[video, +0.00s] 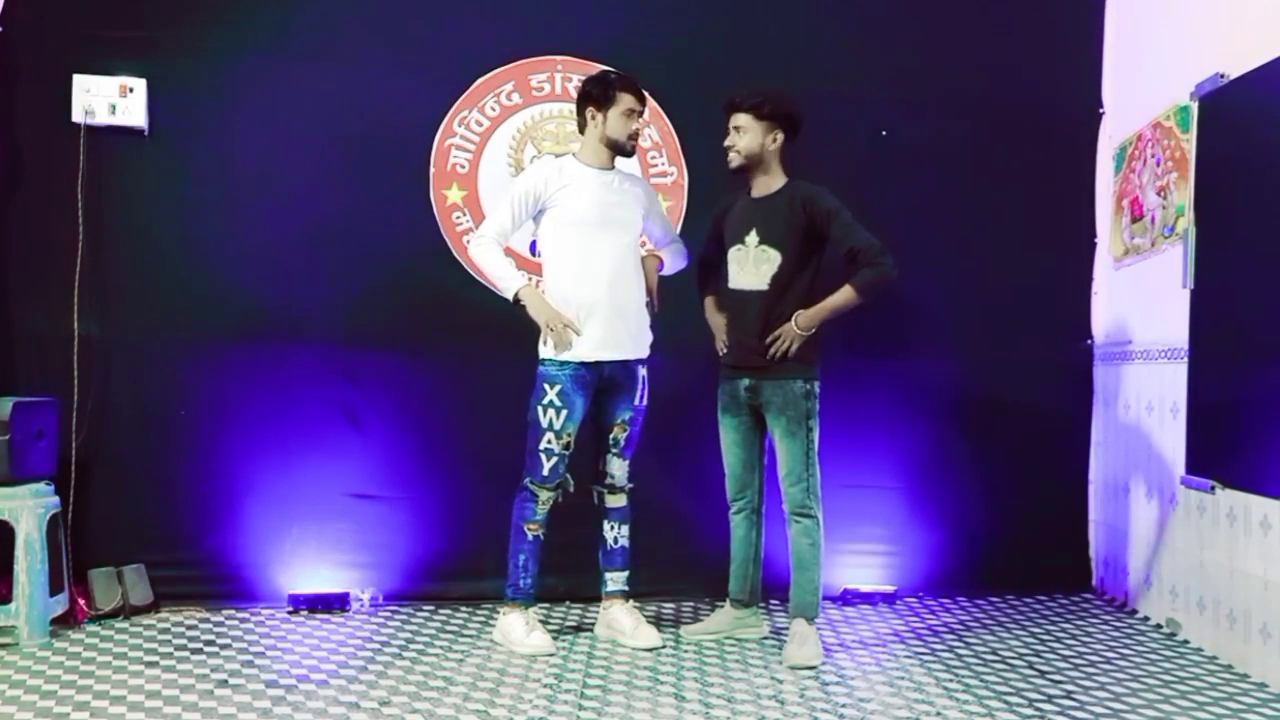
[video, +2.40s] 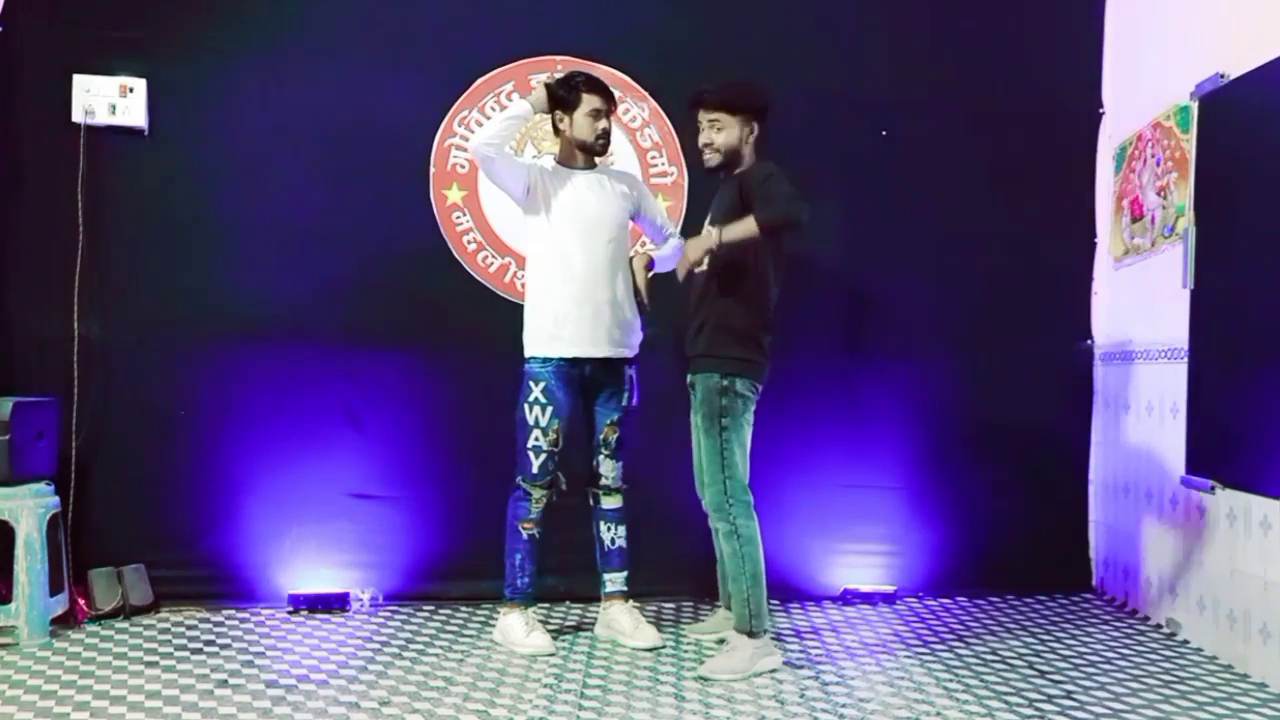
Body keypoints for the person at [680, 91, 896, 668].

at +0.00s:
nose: (729, 140)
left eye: (739, 131)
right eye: (728, 132)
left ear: (774, 138)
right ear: (740, 143)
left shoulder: (811, 202)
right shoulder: (730, 210)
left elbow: (876, 267)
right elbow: (706, 271)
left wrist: (812, 316)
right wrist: (716, 316)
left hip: (789, 375)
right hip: (735, 375)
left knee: (800, 503)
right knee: (740, 498)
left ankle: (803, 622)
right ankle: (742, 609)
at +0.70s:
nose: (714, 142)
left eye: (725, 132)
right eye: (716, 132)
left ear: (759, 139)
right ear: (745, 142)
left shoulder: (796, 202)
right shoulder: (721, 211)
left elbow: (825, 279)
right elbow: (711, 281)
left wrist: (748, 302)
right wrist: (711, 317)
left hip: (777, 377)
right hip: (724, 378)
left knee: (790, 503)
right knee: (733, 499)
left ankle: (802, 622)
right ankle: (741, 609)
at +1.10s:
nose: (702, 145)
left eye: (712, 136)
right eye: (702, 136)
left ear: (747, 143)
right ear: (724, 146)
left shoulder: (773, 206)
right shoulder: (724, 209)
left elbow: (739, 286)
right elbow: (713, 278)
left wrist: (672, 257)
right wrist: (665, 254)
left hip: (762, 370)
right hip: (722, 371)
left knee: (752, 487)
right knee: (726, 493)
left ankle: (797, 615)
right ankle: (741, 610)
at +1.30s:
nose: (697, 150)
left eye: (709, 139)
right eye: (693, 140)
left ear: (742, 145)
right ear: (696, 146)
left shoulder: (766, 199)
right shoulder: (713, 208)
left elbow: (713, 236)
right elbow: (672, 239)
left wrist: (645, 187)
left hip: (764, 371)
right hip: (727, 371)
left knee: (762, 499)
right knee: (730, 498)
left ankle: (759, 634)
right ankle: (738, 609)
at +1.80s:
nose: (680, 139)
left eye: (687, 128)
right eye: (681, 128)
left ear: (716, 133)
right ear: (712, 134)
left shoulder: (762, 192)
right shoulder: (716, 195)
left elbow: (762, 276)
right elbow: (715, 266)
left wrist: (692, 253)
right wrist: (668, 248)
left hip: (763, 370)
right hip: (730, 369)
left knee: (761, 500)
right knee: (728, 496)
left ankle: (762, 638)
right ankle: (738, 613)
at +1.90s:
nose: (680, 137)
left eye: (686, 126)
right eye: (681, 127)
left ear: (715, 131)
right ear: (715, 132)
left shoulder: (763, 195)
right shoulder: (725, 199)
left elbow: (782, 283)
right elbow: (722, 279)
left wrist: (702, 291)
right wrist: (666, 289)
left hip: (757, 372)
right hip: (727, 371)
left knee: (758, 501)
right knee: (729, 500)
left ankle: (761, 638)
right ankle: (739, 614)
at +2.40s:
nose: (705, 137)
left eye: (717, 126)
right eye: (702, 127)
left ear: (749, 129)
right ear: (705, 132)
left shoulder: (762, 177)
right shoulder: (727, 192)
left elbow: (788, 212)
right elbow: (708, 268)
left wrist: (713, 238)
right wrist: (666, 260)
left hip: (731, 363)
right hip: (707, 363)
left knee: (730, 497)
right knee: (716, 496)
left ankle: (755, 636)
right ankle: (735, 613)